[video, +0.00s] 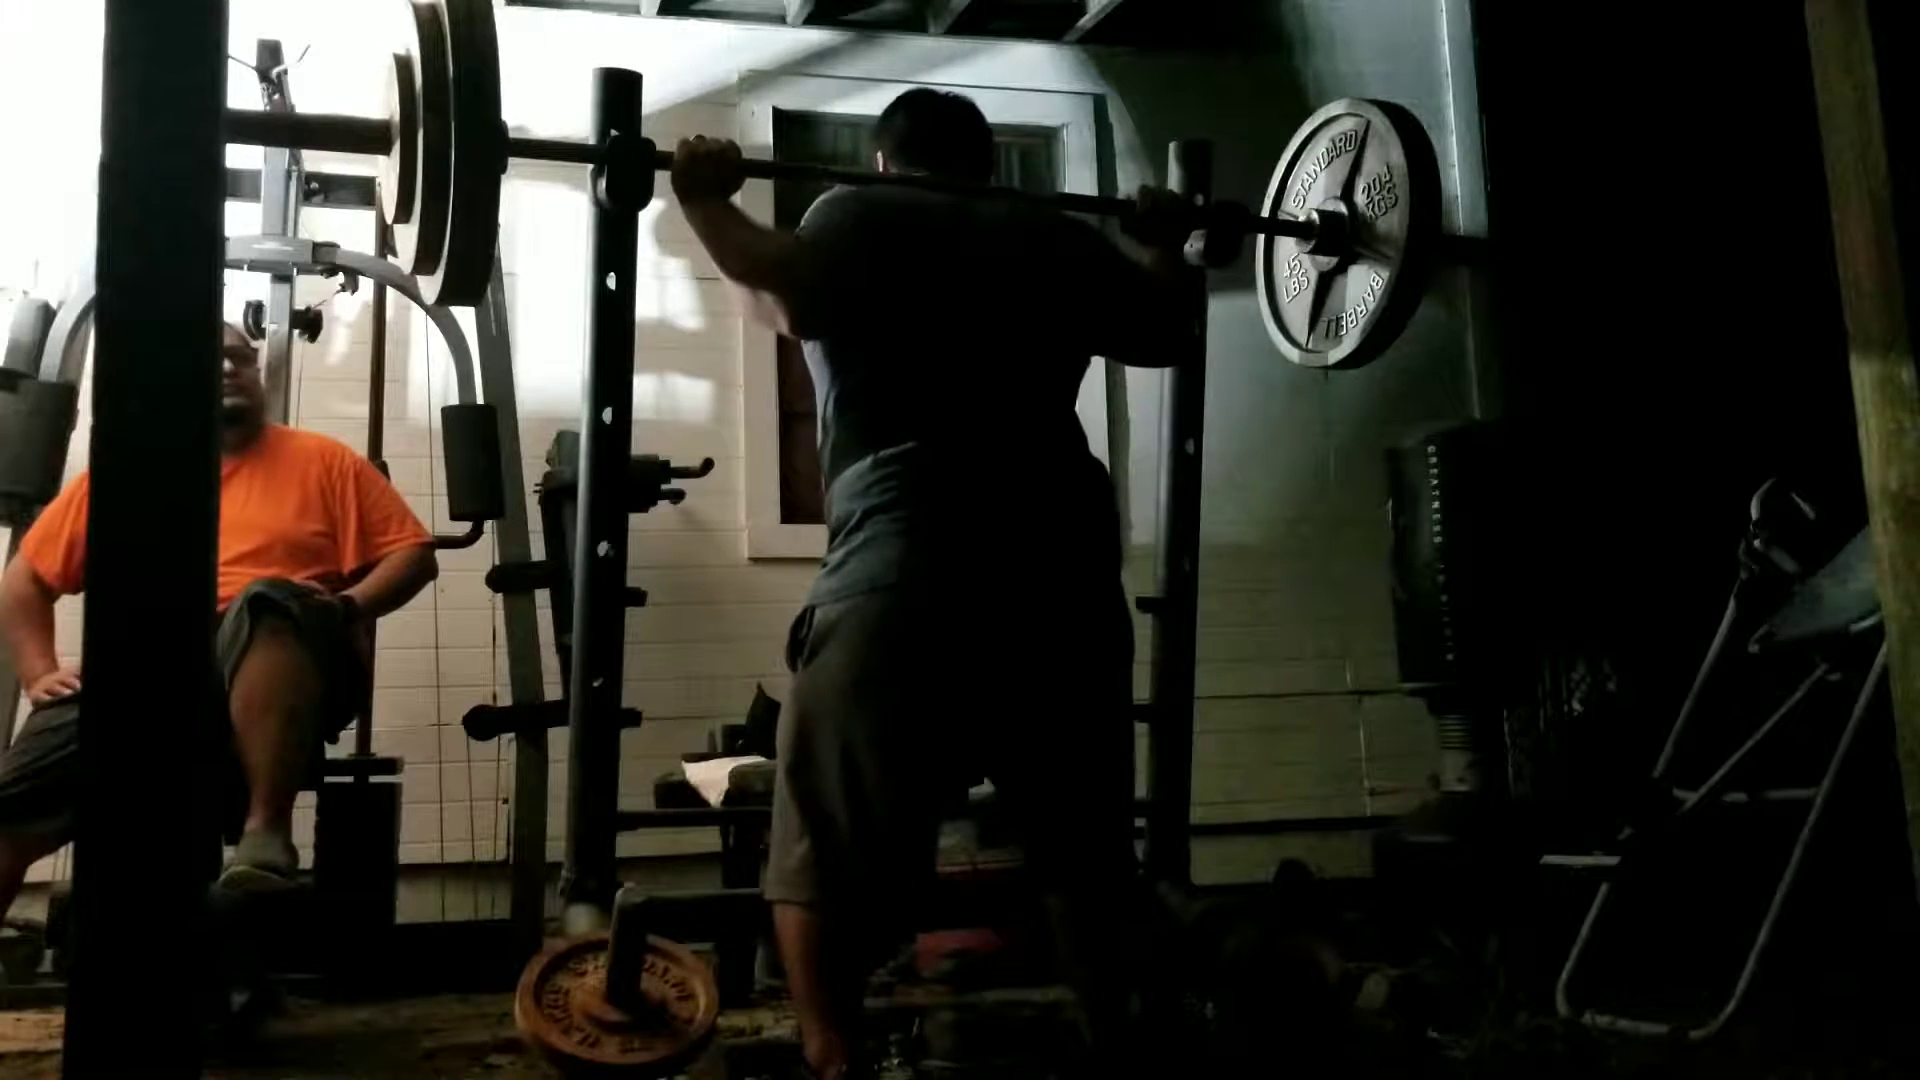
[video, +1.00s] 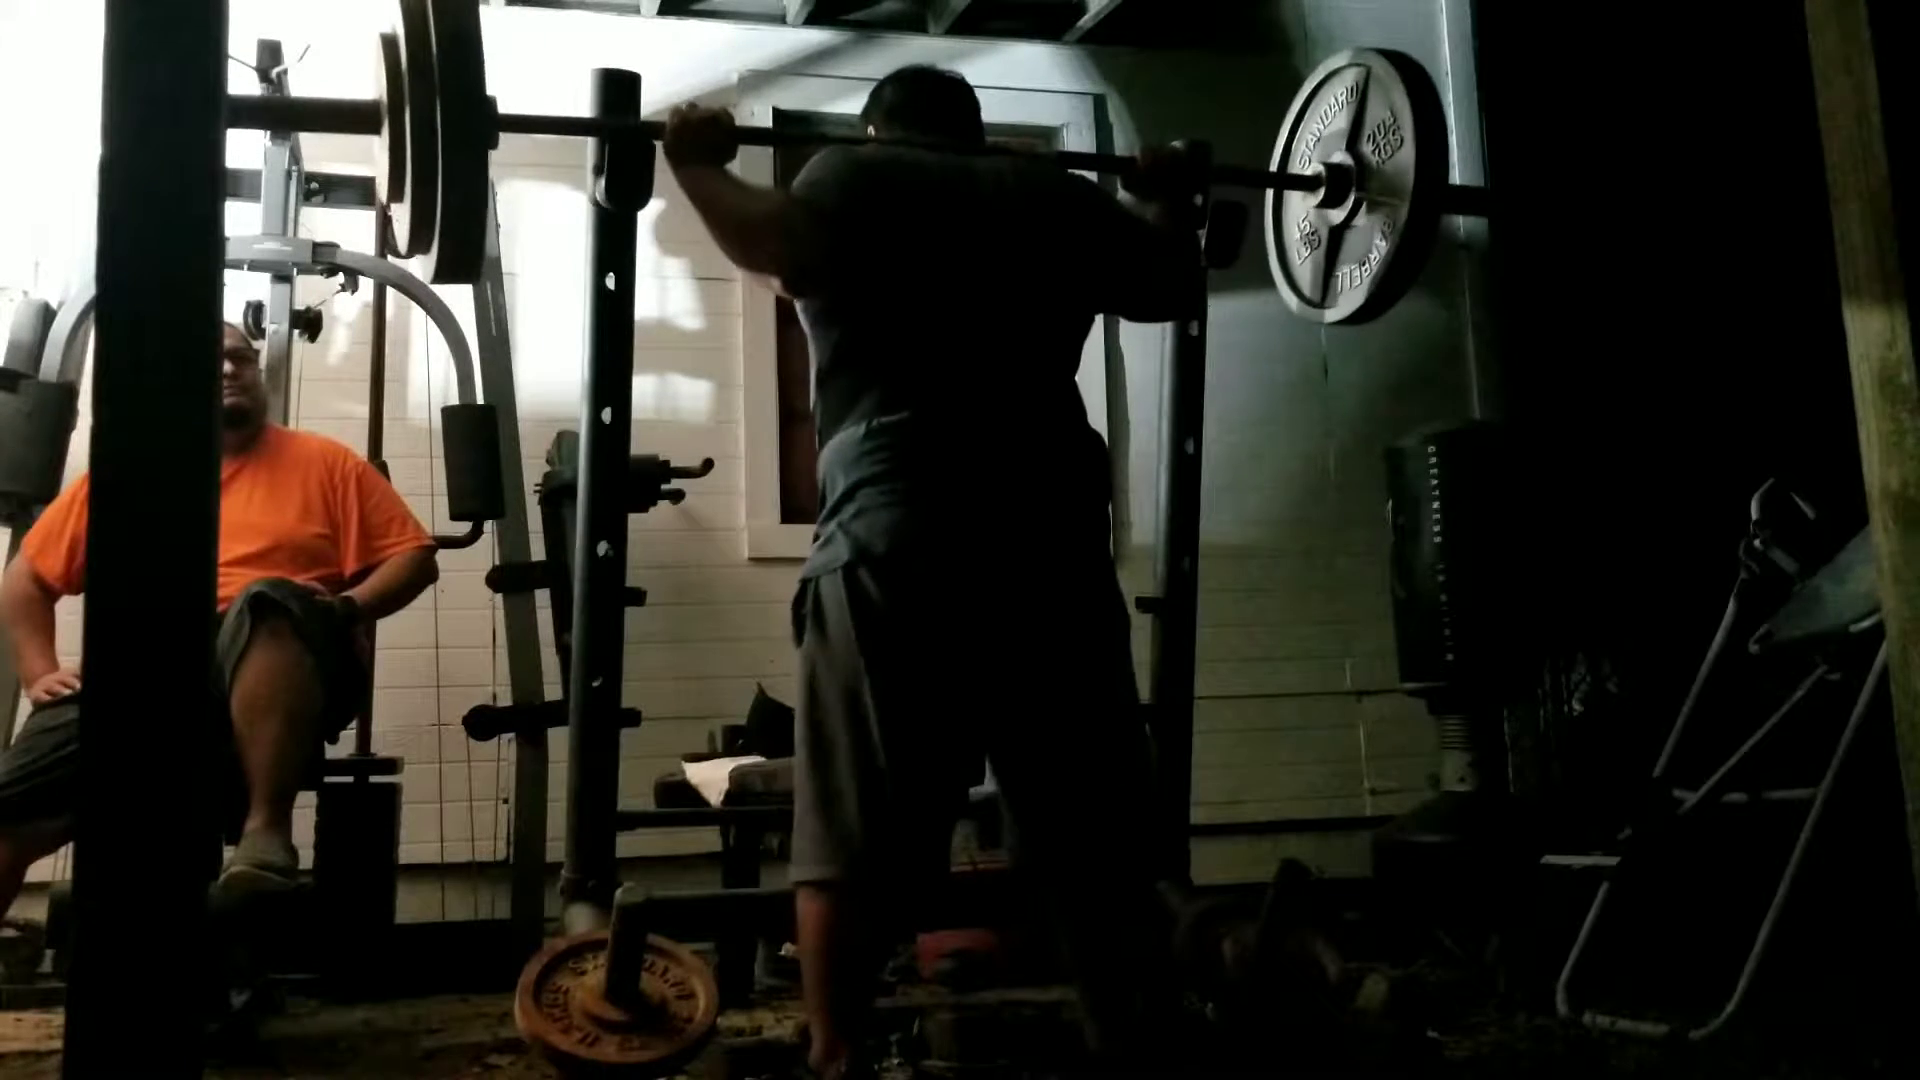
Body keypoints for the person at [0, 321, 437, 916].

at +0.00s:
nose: (230, 370)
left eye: (242, 357)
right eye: (213, 358)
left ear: (264, 375)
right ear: (185, 376)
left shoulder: (324, 462)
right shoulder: (131, 468)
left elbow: (414, 552)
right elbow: (24, 575)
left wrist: (350, 603)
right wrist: (39, 672)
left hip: (287, 669)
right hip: (146, 668)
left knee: (271, 604)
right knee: (14, 805)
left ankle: (266, 829)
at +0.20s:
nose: (231, 368)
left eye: (243, 357)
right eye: (214, 357)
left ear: (264, 376)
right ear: (185, 376)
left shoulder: (325, 463)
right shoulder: (129, 469)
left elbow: (414, 554)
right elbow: (24, 575)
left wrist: (350, 603)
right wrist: (39, 671)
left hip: (285, 668)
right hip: (144, 667)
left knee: (272, 604)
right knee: (11, 814)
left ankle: (266, 830)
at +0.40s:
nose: (231, 368)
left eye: (243, 357)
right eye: (213, 358)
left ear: (265, 376)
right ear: (185, 377)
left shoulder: (325, 463)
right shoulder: (129, 470)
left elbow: (415, 554)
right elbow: (24, 575)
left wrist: (351, 603)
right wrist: (39, 671)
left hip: (283, 668)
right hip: (143, 667)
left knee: (272, 605)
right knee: (13, 816)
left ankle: (266, 831)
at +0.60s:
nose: (231, 368)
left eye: (243, 357)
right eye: (214, 358)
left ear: (265, 376)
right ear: (186, 377)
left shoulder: (325, 463)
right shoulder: (129, 471)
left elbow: (415, 555)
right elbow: (24, 575)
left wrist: (351, 603)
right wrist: (39, 671)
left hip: (286, 668)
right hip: (145, 668)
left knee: (272, 604)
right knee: (12, 816)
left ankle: (266, 831)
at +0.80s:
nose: (231, 369)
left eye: (242, 358)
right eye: (213, 358)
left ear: (264, 376)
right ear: (186, 378)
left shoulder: (324, 463)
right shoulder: (130, 470)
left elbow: (415, 555)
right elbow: (25, 577)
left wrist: (351, 604)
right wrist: (39, 672)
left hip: (286, 668)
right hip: (146, 667)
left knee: (271, 604)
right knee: (11, 812)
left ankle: (267, 829)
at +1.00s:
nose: (230, 370)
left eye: (242, 358)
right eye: (213, 359)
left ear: (264, 375)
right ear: (186, 378)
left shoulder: (324, 463)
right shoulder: (131, 470)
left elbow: (415, 555)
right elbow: (25, 577)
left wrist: (351, 604)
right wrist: (39, 672)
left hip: (285, 667)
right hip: (146, 667)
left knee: (271, 604)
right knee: (11, 813)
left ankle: (267, 829)